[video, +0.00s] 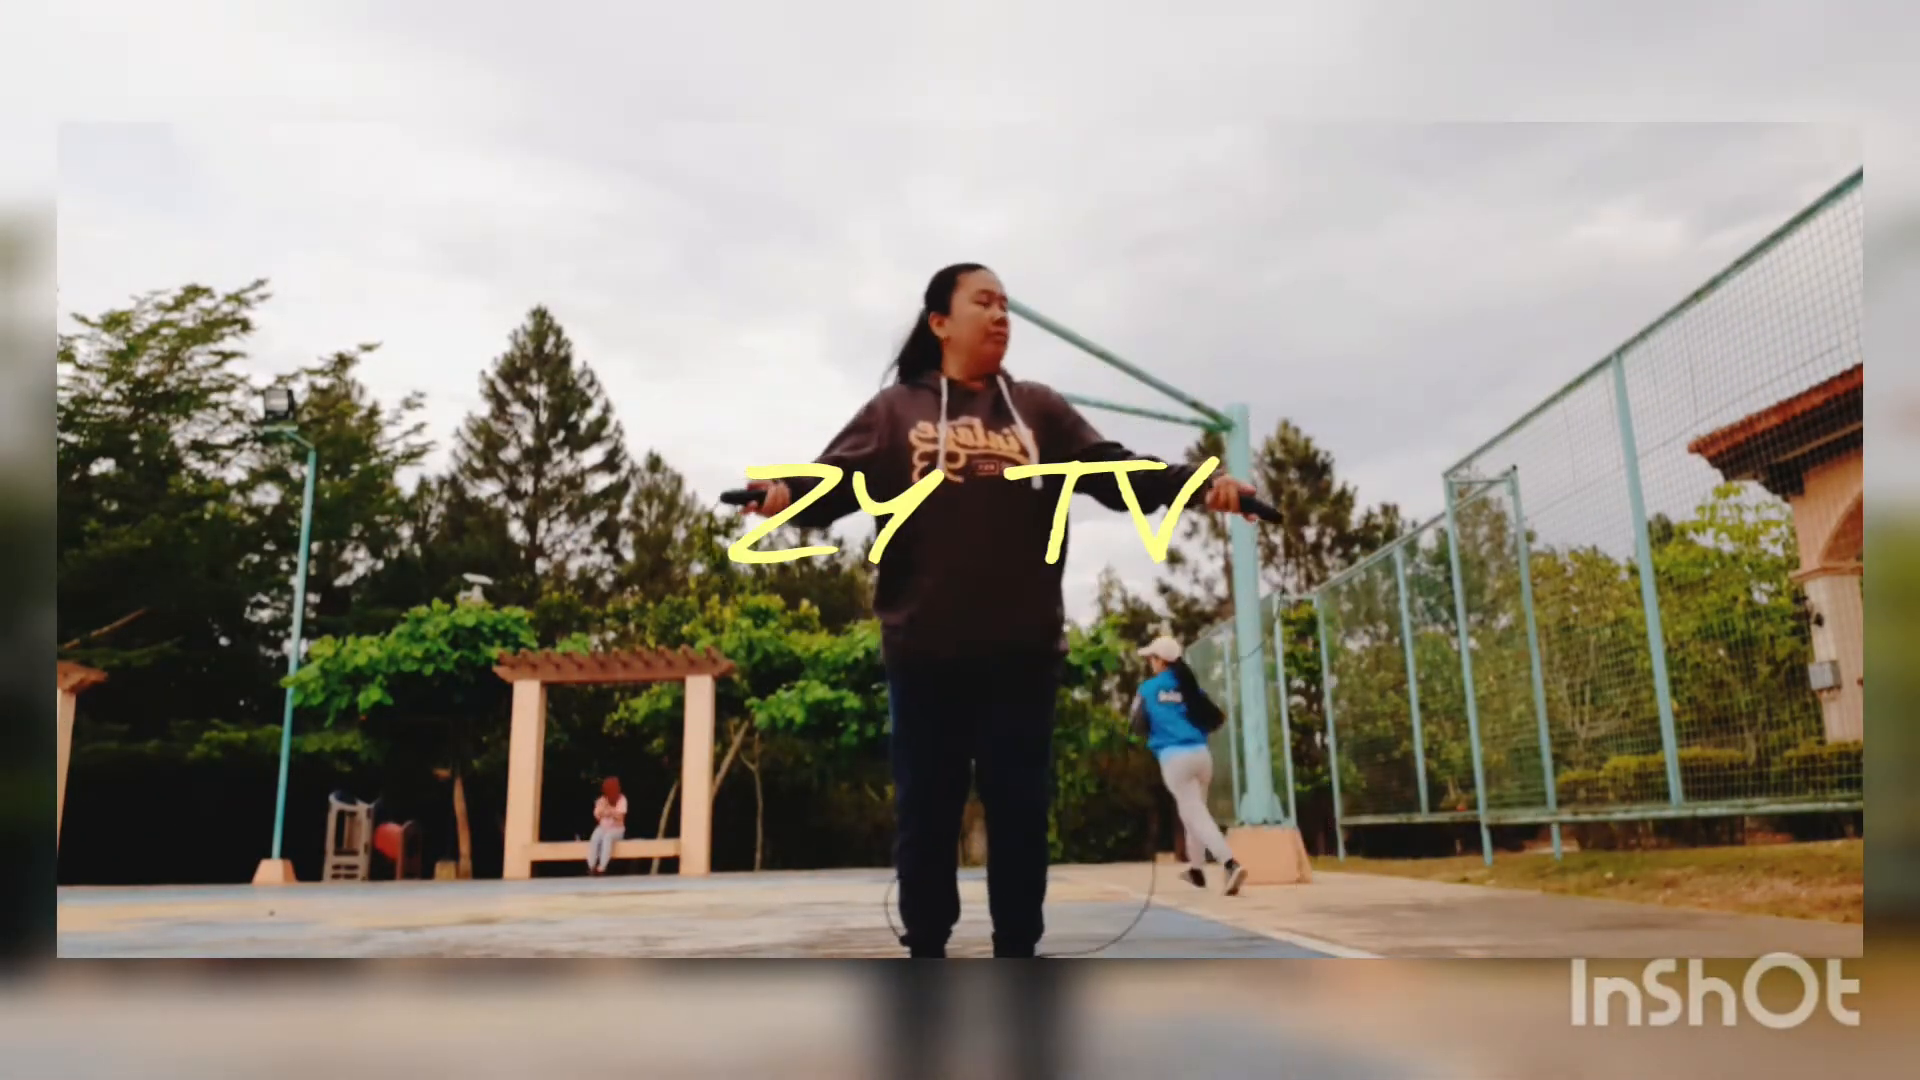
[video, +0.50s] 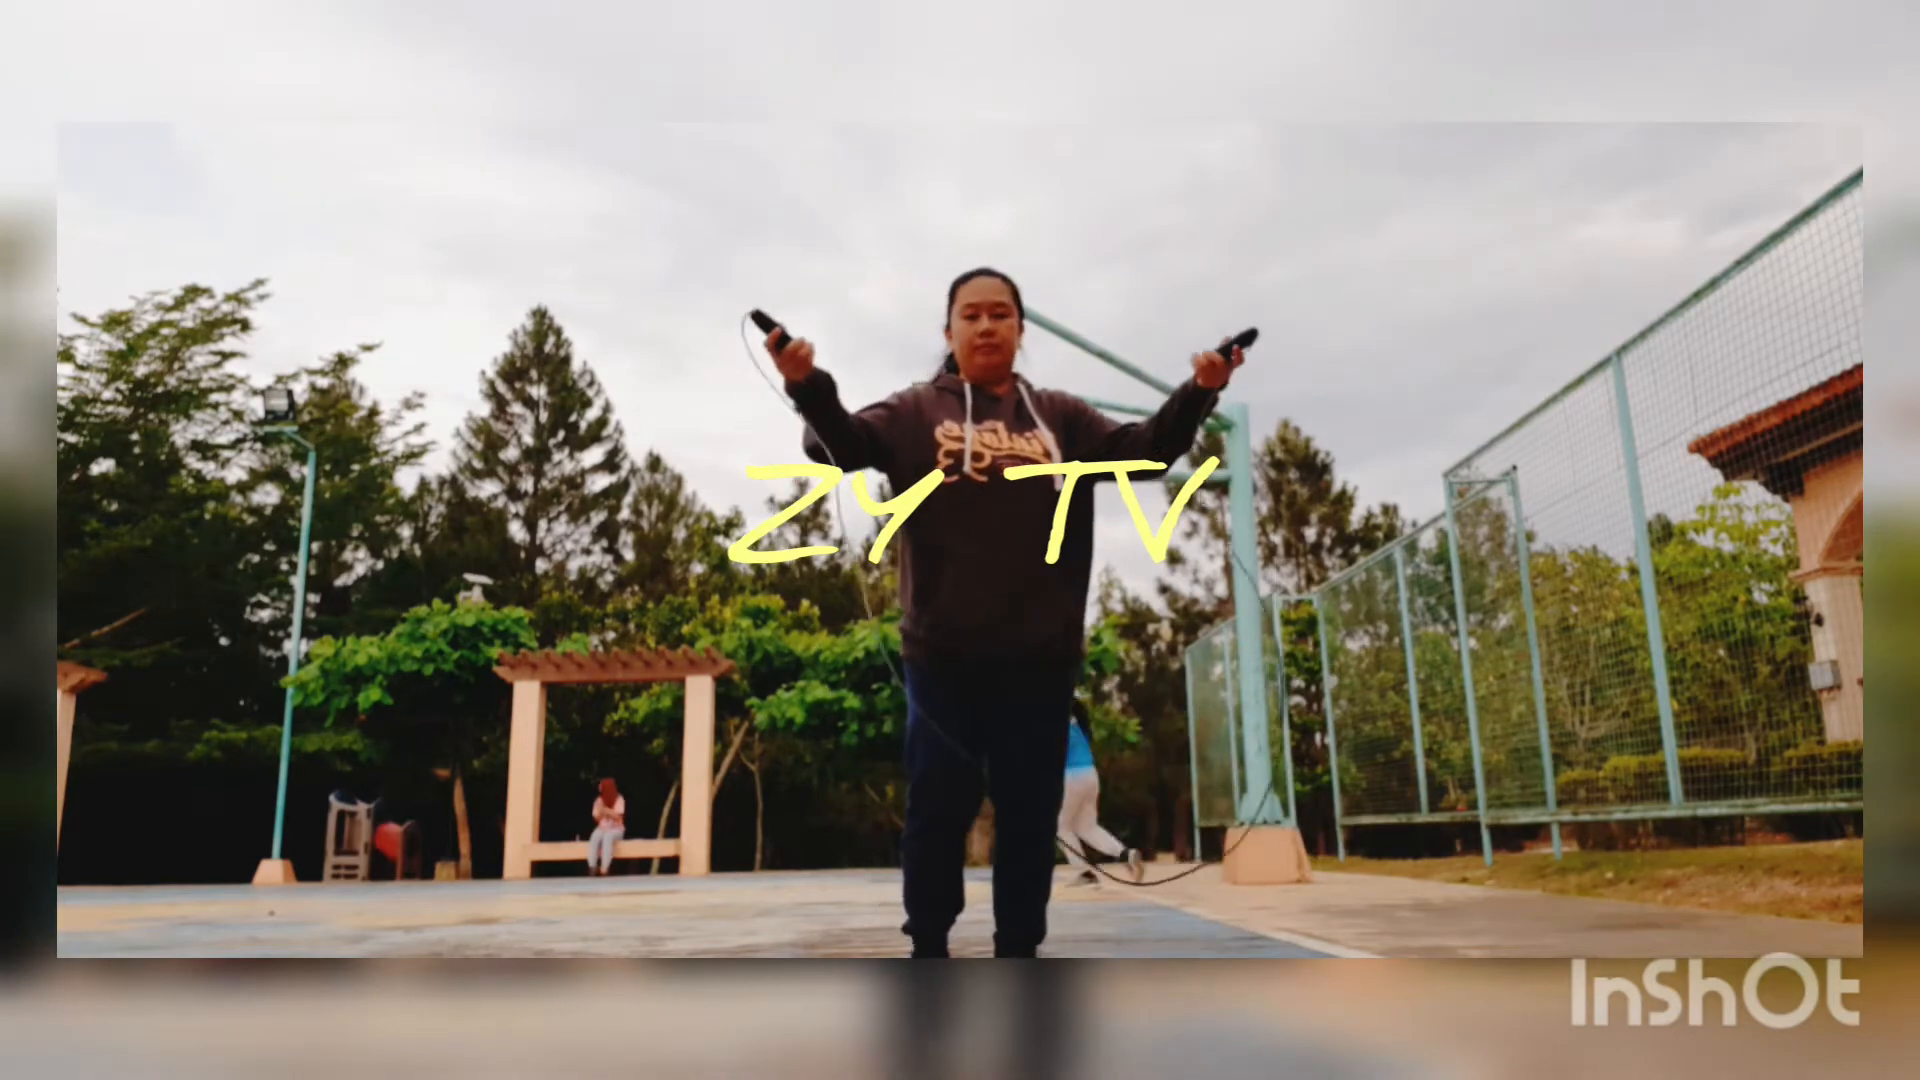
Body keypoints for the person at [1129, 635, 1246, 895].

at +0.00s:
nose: (1149, 663)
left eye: (1151, 659)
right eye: (1150, 658)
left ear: (1159, 661)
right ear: (1174, 660)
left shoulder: (1147, 688)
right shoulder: (1187, 682)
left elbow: (1137, 725)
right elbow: (1214, 715)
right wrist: (1197, 732)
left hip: (1173, 756)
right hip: (1200, 751)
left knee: (1196, 813)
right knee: (1194, 812)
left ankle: (1229, 863)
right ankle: (1197, 869)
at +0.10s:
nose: (1137, 672)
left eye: (1138, 667)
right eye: (1137, 667)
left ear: (1146, 669)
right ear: (1161, 668)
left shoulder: (1134, 697)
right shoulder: (1177, 693)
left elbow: (1123, 729)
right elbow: (1196, 720)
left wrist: (1125, 712)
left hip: (1158, 761)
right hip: (1184, 757)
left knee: (1175, 820)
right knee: (1179, 819)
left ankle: (1212, 854)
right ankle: (1184, 872)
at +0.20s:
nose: (1120, 679)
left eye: (1123, 675)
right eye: (1120, 674)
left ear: (1131, 677)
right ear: (1144, 677)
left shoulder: (1122, 704)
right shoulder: (1160, 699)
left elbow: (1117, 739)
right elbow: (1173, 727)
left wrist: (1121, 752)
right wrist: (1165, 747)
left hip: (1145, 769)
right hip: (1171, 764)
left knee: (1147, 827)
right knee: (1166, 824)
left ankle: (1183, 852)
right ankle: (1182, 870)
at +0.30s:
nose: (1090, 675)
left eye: (1093, 671)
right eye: (1091, 671)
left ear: (1103, 673)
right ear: (1109, 673)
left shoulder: (1105, 698)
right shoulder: (1123, 693)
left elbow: (1110, 731)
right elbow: (1124, 725)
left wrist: (1094, 740)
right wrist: (1094, 723)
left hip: (1118, 765)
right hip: (1141, 760)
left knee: (1107, 815)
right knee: (1149, 817)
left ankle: (1129, 865)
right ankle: (1178, 865)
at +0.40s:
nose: (1074, 677)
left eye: (1077, 673)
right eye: (1075, 673)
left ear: (1085, 675)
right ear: (1092, 675)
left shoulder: (1084, 694)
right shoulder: (1097, 693)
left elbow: (1096, 727)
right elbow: (1097, 727)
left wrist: (1073, 738)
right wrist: (1074, 735)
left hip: (1095, 762)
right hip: (1117, 757)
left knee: (1090, 818)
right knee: (1133, 812)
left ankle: (1095, 870)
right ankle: (1166, 855)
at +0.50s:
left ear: (1057, 709)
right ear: (1072, 708)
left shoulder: (1058, 724)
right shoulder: (1078, 722)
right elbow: (1087, 744)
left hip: (1072, 775)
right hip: (1090, 772)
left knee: (1063, 827)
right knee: (1086, 827)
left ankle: (1085, 871)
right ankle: (1124, 853)